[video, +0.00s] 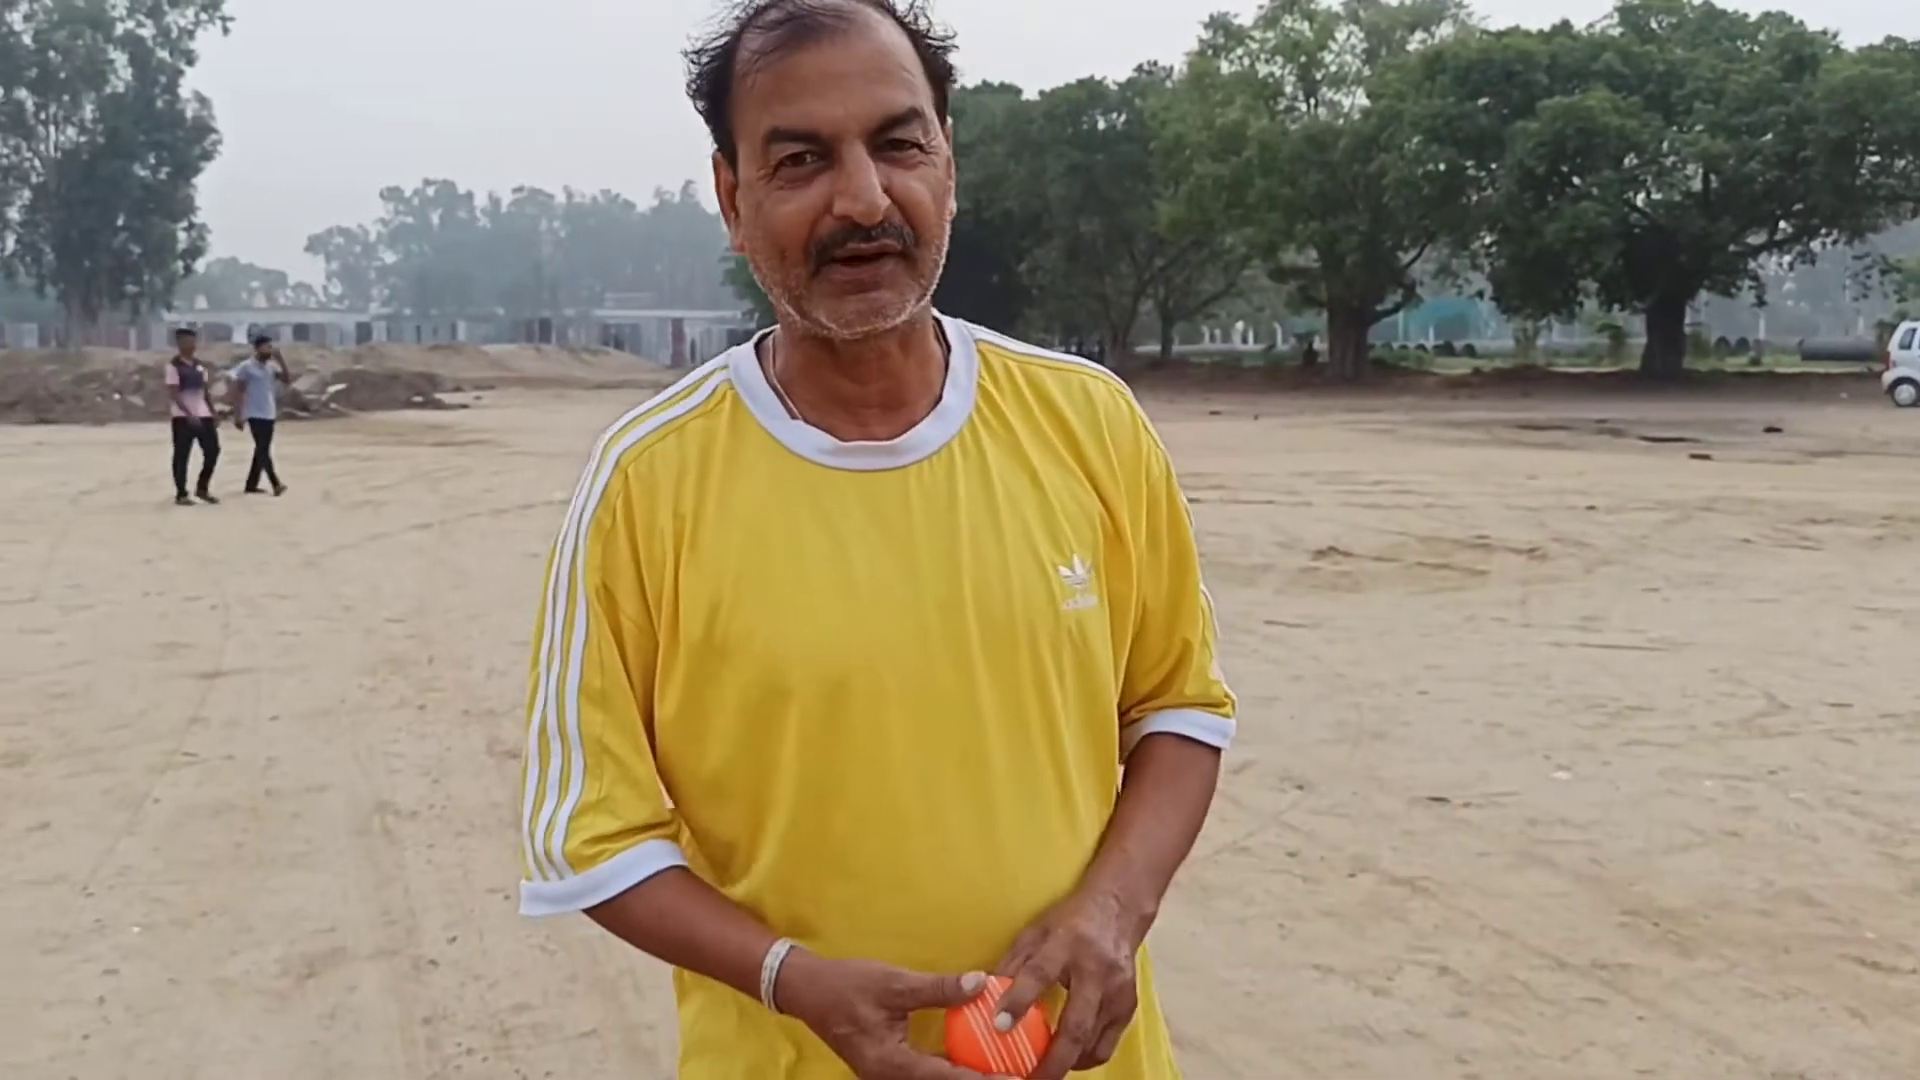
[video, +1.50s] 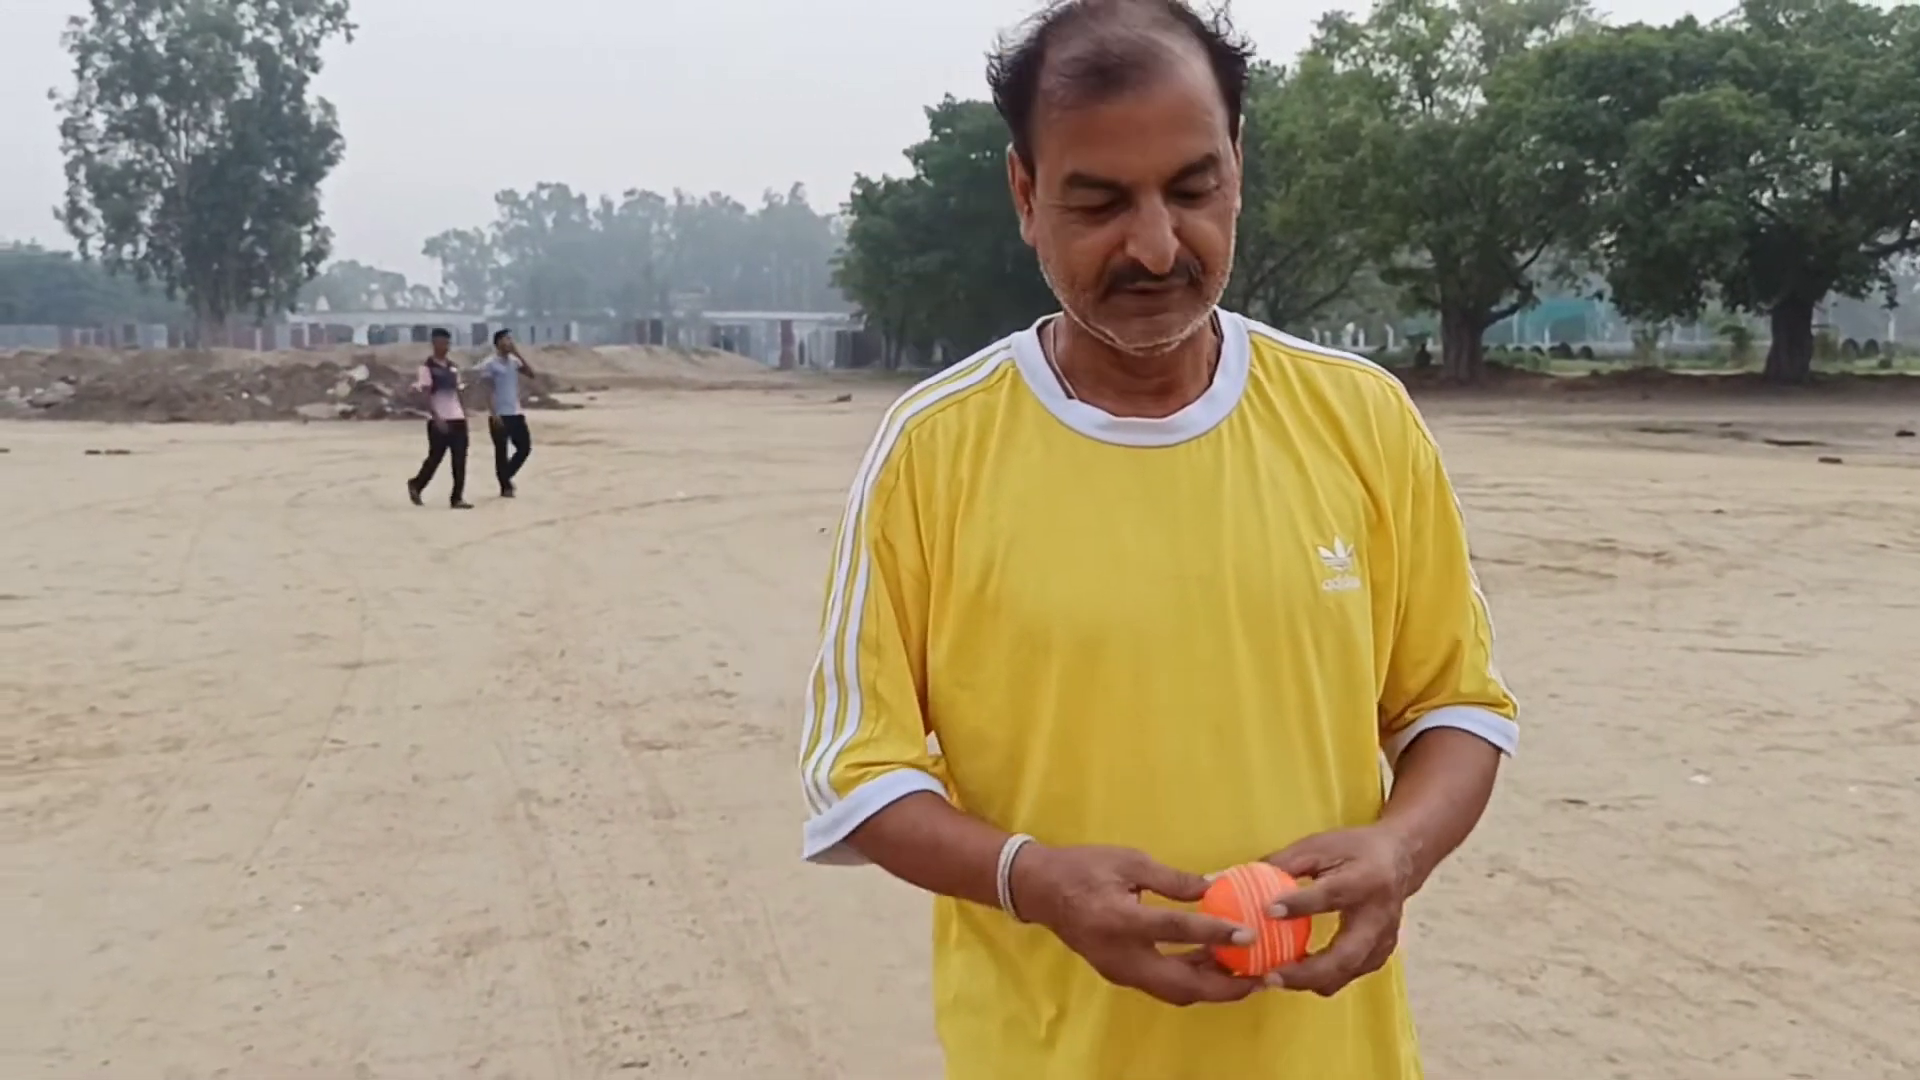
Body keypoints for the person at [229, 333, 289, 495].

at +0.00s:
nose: (269, 350)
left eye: (269, 346)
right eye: (265, 346)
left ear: (270, 348)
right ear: (257, 348)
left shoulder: (270, 368)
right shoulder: (246, 367)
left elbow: (286, 379)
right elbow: (238, 392)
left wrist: (280, 360)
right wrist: (238, 416)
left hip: (269, 414)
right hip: (254, 413)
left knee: (261, 451)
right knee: (263, 451)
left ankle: (251, 484)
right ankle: (276, 483)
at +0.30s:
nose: (308, 350)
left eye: (309, 346)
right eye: (305, 346)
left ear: (311, 349)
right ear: (296, 347)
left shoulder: (310, 366)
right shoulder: (286, 368)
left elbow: (331, 369)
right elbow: (281, 393)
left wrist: (319, 351)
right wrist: (283, 416)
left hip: (312, 414)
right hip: (296, 416)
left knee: (317, 448)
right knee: (303, 452)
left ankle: (296, 470)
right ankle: (304, 486)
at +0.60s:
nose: (368, 351)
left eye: (369, 347)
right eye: (365, 347)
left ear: (370, 350)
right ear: (356, 349)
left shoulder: (370, 368)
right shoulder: (346, 369)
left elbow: (391, 370)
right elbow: (339, 393)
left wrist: (379, 353)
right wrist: (342, 411)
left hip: (370, 419)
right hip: (352, 419)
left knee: (379, 454)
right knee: (347, 455)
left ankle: (393, 483)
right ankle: (342, 486)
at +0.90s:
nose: (440, 348)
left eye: (441, 345)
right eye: (436, 344)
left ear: (441, 348)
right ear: (428, 347)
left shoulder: (441, 365)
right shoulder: (417, 366)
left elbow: (459, 372)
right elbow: (412, 393)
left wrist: (449, 354)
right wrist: (415, 415)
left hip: (443, 415)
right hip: (427, 416)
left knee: (445, 454)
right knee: (433, 452)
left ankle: (441, 487)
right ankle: (415, 474)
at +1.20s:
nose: (480, 350)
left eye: (481, 347)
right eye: (476, 347)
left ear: (482, 349)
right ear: (468, 350)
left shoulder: (483, 369)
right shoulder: (458, 371)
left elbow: (499, 379)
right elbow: (451, 397)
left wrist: (487, 360)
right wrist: (451, 421)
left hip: (481, 417)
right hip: (467, 418)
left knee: (471, 455)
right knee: (480, 453)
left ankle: (459, 486)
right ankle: (493, 486)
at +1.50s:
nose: (510, 342)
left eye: (510, 339)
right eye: (506, 339)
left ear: (511, 342)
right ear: (498, 343)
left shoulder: (512, 362)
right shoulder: (490, 365)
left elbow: (530, 373)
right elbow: (487, 392)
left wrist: (516, 353)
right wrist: (493, 413)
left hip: (516, 414)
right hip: (499, 415)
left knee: (524, 448)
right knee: (501, 453)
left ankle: (507, 475)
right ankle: (504, 485)